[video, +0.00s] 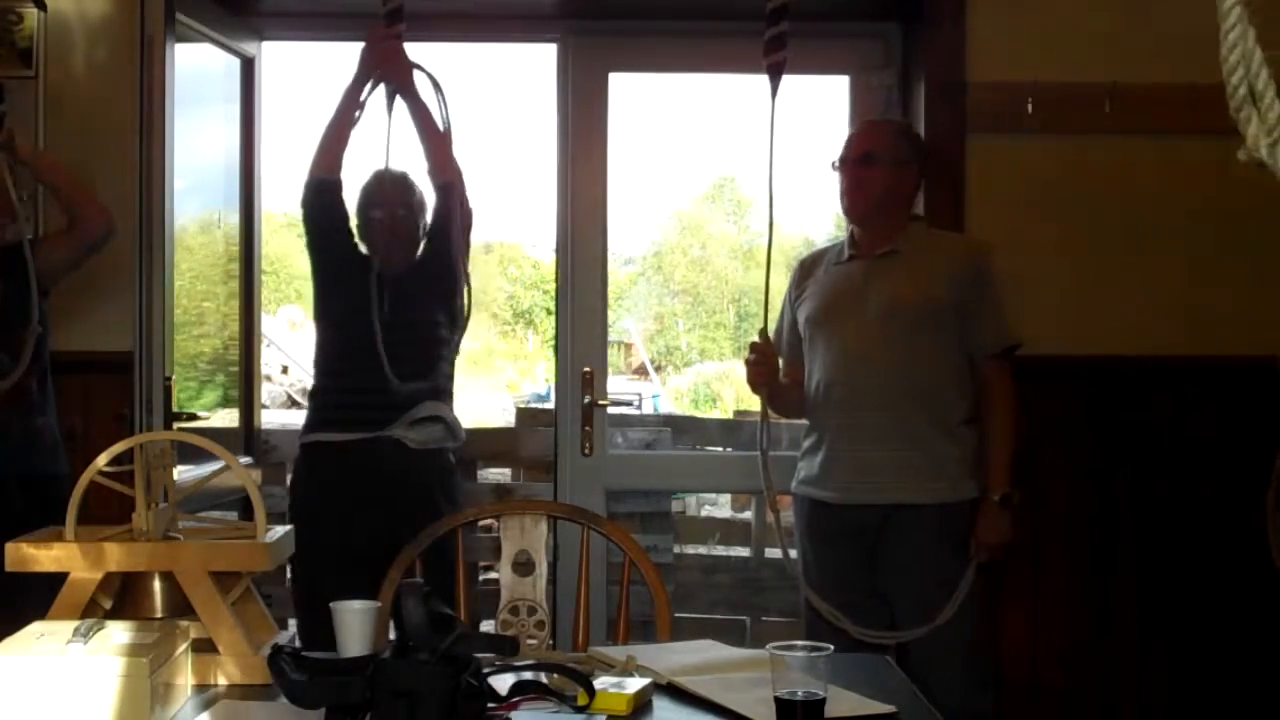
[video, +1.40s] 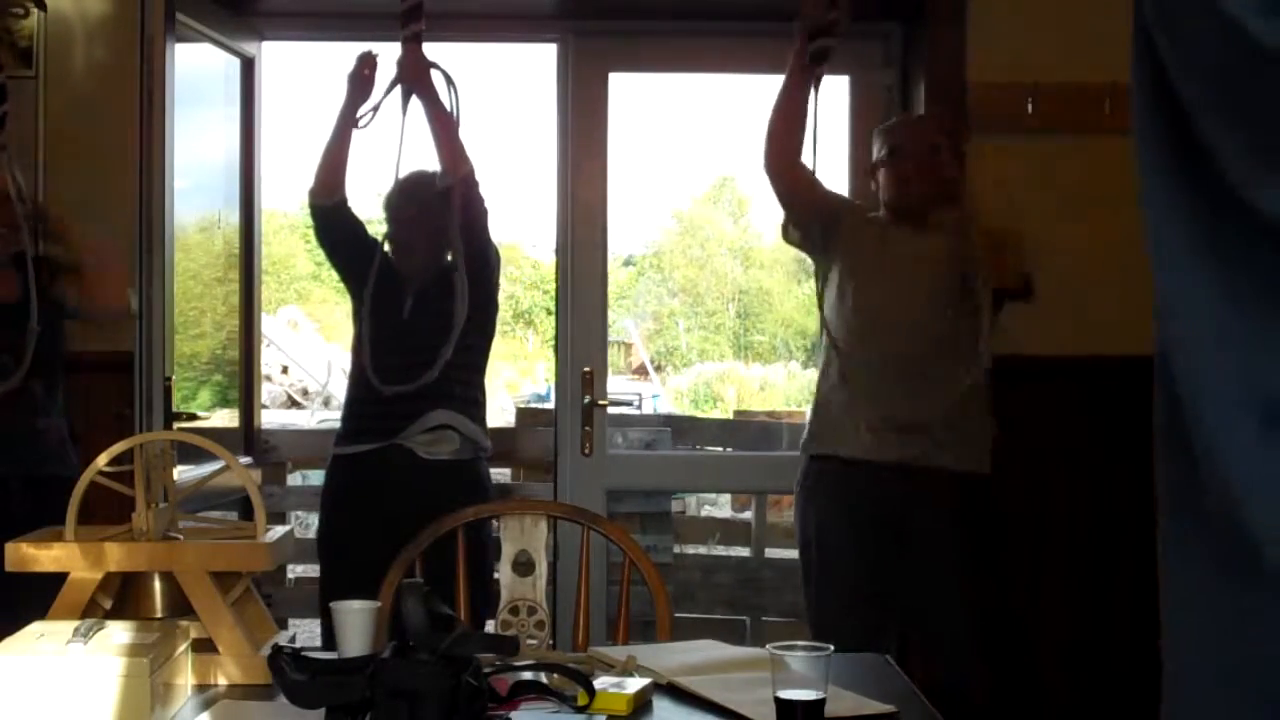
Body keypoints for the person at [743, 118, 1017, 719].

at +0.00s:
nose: (846, 173)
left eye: (865, 161)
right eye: (843, 162)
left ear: (910, 178)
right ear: (838, 175)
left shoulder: (958, 262)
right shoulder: (811, 272)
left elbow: (996, 383)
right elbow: (800, 397)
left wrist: (997, 498)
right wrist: (769, 386)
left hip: (933, 508)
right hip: (829, 508)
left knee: (940, 678)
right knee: (841, 676)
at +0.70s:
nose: (966, 176)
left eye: (966, 164)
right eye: (949, 165)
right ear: (894, 179)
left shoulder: (1000, 265)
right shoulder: (834, 259)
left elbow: (1031, 388)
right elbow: (763, 353)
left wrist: (1040, 496)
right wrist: (789, 280)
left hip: (970, 508)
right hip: (859, 506)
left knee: (969, 685)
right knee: (862, 681)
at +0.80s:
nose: (971, 172)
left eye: (971, 160)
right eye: (951, 160)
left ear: (977, 170)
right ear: (899, 178)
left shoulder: (1009, 262)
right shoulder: (851, 251)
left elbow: (1038, 384)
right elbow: (751, 301)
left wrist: (1053, 488)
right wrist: (797, 208)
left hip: (977, 509)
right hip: (868, 508)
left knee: (973, 686)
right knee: (864, 683)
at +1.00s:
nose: (960, 170)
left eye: (968, 158)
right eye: (942, 157)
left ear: (981, 169)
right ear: (903, 173)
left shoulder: (1016, 264)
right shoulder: (867, 245)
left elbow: (1046, 388)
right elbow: (757, 200)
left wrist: (1036, 494)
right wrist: (808, 90)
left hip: (977, 502)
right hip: (868, 502)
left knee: (977, 678)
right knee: (871, 675)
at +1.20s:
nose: (939, 167)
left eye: (953, 154)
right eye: (922, 153)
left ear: (969, 169)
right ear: (892, 170)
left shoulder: (1006, 261)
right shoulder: (857, 241)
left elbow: (1035, 388)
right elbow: (781, 159)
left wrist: (1005, 470)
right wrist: (812, 50)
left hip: (969, 505)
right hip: (861, 499)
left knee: (971, 675)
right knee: (866, 673)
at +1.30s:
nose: (929, 165)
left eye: (944, 154)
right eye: (912, 153)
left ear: (963, 169)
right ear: (884, 172)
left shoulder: (994, 259)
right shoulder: (851, 239)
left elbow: (1025, 365)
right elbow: (780, 163)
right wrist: (812, 56)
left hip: (957, 490)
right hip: (855, 486)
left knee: (961, 667)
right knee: (862, 665)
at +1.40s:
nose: (919, 170)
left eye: (934, 155)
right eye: (900, 156)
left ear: (956, 166)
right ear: (873, 176)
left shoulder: (980, 242)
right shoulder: (847, 233)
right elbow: (783, 165)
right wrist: (801, 70)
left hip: (947, 476)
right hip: (847, 470)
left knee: (952, 652)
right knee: (853, 651)